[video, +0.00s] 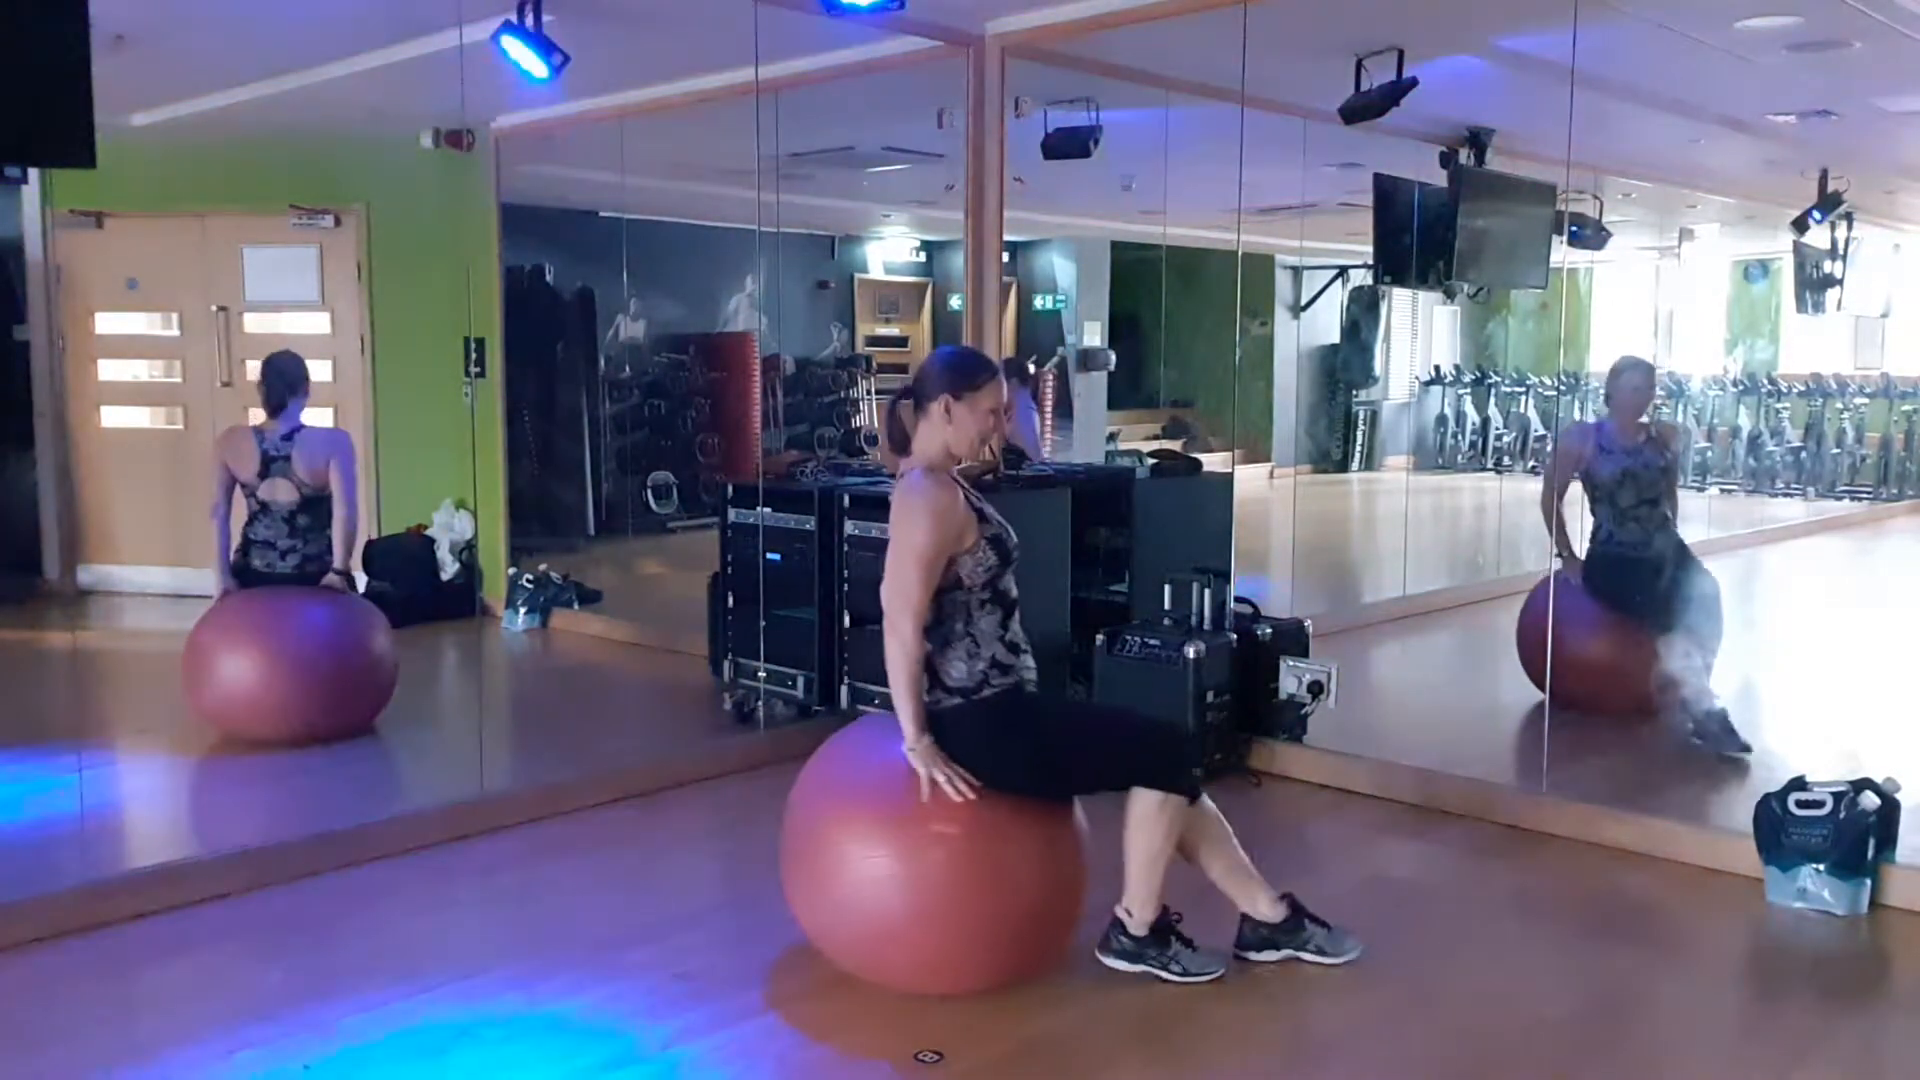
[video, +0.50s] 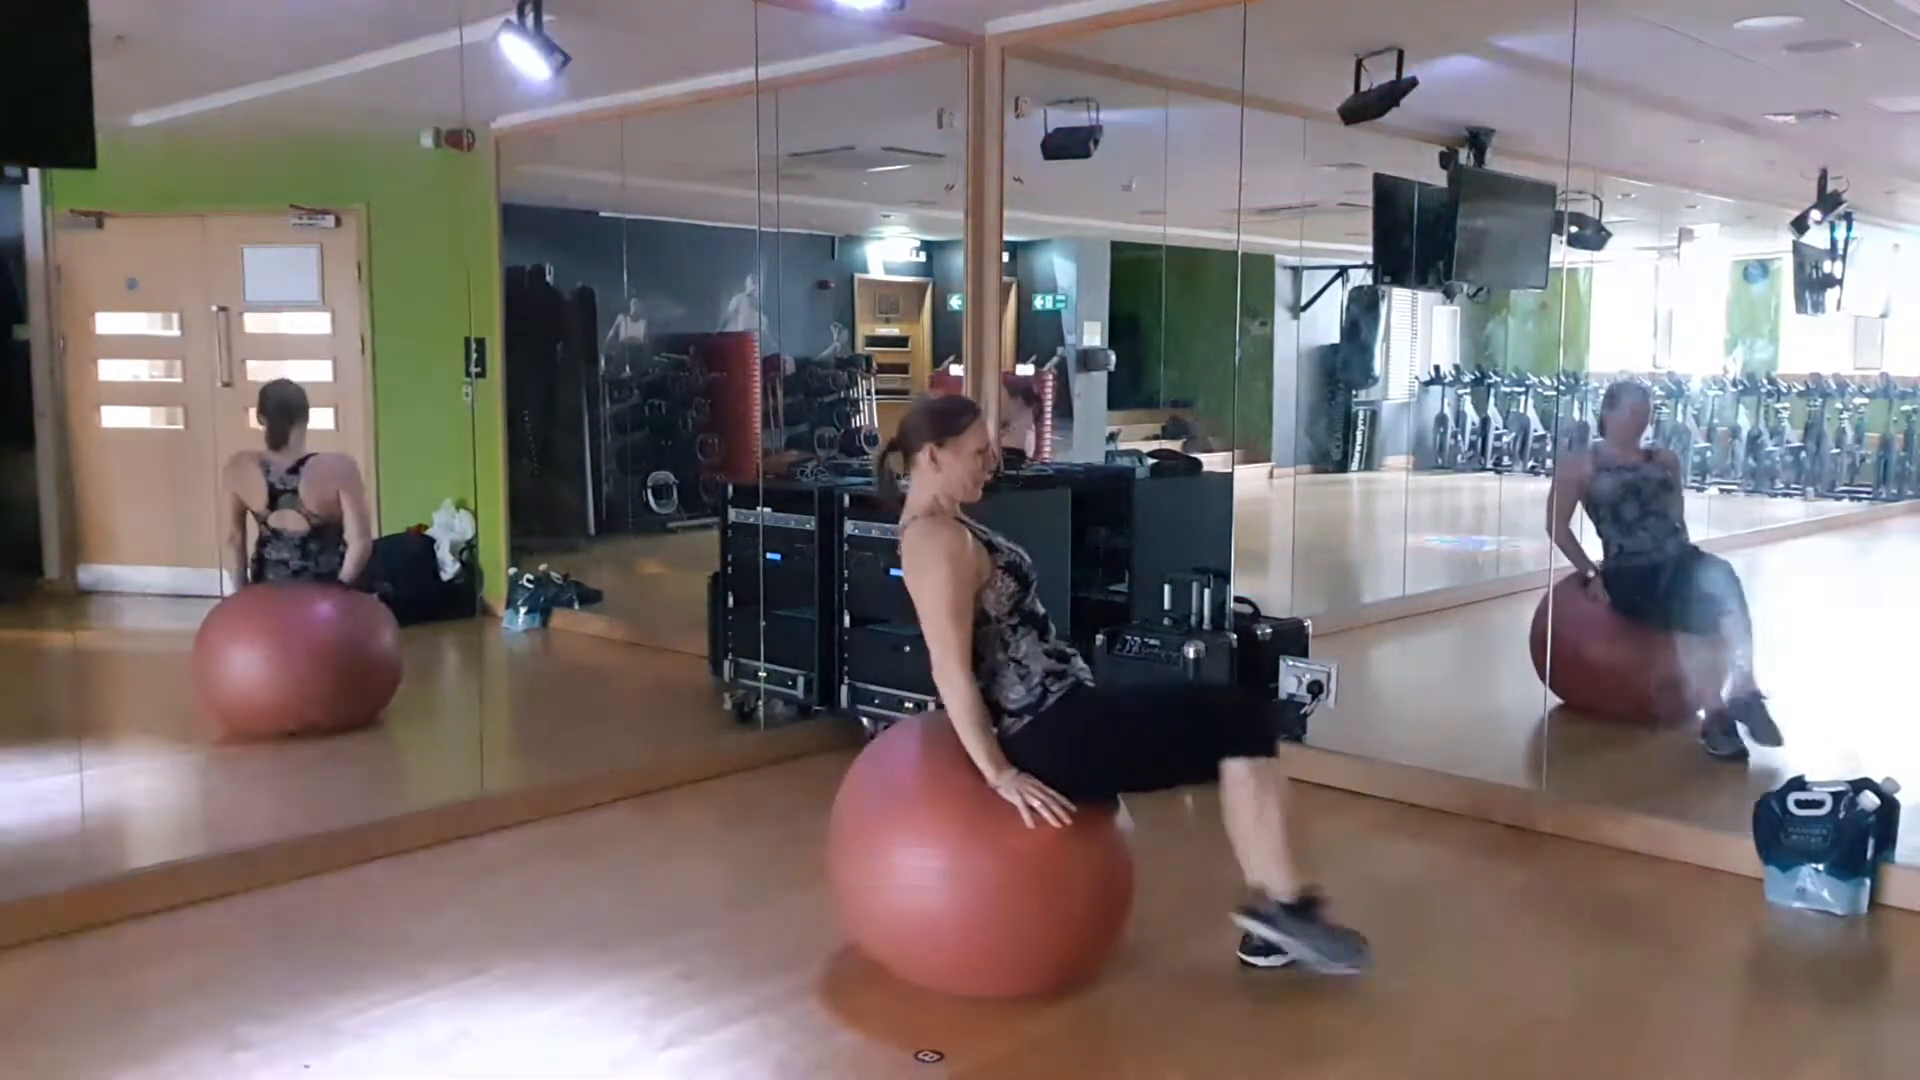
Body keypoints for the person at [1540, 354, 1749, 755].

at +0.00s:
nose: (1641, 398)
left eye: (1648, 390)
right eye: (1633, 389)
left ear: (1654, 395)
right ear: (1611, 392)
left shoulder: (1664, 437)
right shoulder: (1582, 438)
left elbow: (1670, 499)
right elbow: (1550, 499)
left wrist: (1671, 544)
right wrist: (1568, 555)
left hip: (1664, 551)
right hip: (1612, 556)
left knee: (1706, 594)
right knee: (1679, 607)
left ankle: (1694, 697)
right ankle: (1703, 711)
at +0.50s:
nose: (1644, 421)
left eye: (1647, 413)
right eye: (1635, 413)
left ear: (1649, 417)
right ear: (1609, 413)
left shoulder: (1665, 461)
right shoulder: (1581, 466)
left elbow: (1677, 522)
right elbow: (1557, 527)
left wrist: (1686, 559)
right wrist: (1588, 570)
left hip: (1679, 563)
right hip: (1630, 574)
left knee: (1723, 576)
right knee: (1712, 607)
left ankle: (1744, 689)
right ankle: (1715, 717)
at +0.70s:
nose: (1639, 426)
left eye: (1642, 419)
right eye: (1629, 418)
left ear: (1646, 424)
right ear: (1604, 422)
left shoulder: (1664, 465)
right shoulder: (1579, 471)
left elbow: (1682, 526)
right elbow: (1560, 535)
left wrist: (1695, 564)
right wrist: (1593, 574)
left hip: (1686, 563)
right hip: (1635, 575)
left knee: (1728, 588)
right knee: (1709, 603)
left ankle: (1791, 703)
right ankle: (1715, 714)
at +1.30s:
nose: (1629, 470)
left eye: (1631, 465)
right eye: (1618, 466)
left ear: (1636, 474)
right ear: (1596, 477)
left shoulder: (1659, 511)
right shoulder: (1579, 516)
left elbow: (1685, 553)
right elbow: (1568, 572)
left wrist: (1712, 571)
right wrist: (1608, 588)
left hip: (1696, 578)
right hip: (1653, 587)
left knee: (1768, 626)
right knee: (1721, 613)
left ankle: (1818, 744)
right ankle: (1720, 715)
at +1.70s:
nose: (1626, 490)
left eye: (1630, 486)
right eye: (1615, 486)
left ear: (1638, 497)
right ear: (1596, 500)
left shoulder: (1664, 526)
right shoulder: (1586, 532)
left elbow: (1698, 558)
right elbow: (1581, 574)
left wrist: (1735, 580)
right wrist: (1613, 592)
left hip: (1700, 582)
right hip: (1657, 588)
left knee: (1787, 623)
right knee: (1746, 592)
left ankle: (1819, 745)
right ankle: (1760, 710)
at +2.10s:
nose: (1633, 492)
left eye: (1636, 489)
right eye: (1620, 491)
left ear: (1644, 503)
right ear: (1603, 510)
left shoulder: (1673, 526)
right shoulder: (1596, 534)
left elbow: (1708, 556)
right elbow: (1594, 575)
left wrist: (1743, 577)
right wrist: (1622, 597)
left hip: (1719, 581)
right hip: (1676, 590)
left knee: (1801, 622)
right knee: (1742, 620)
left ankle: (1826, 742)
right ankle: (1784, 716)